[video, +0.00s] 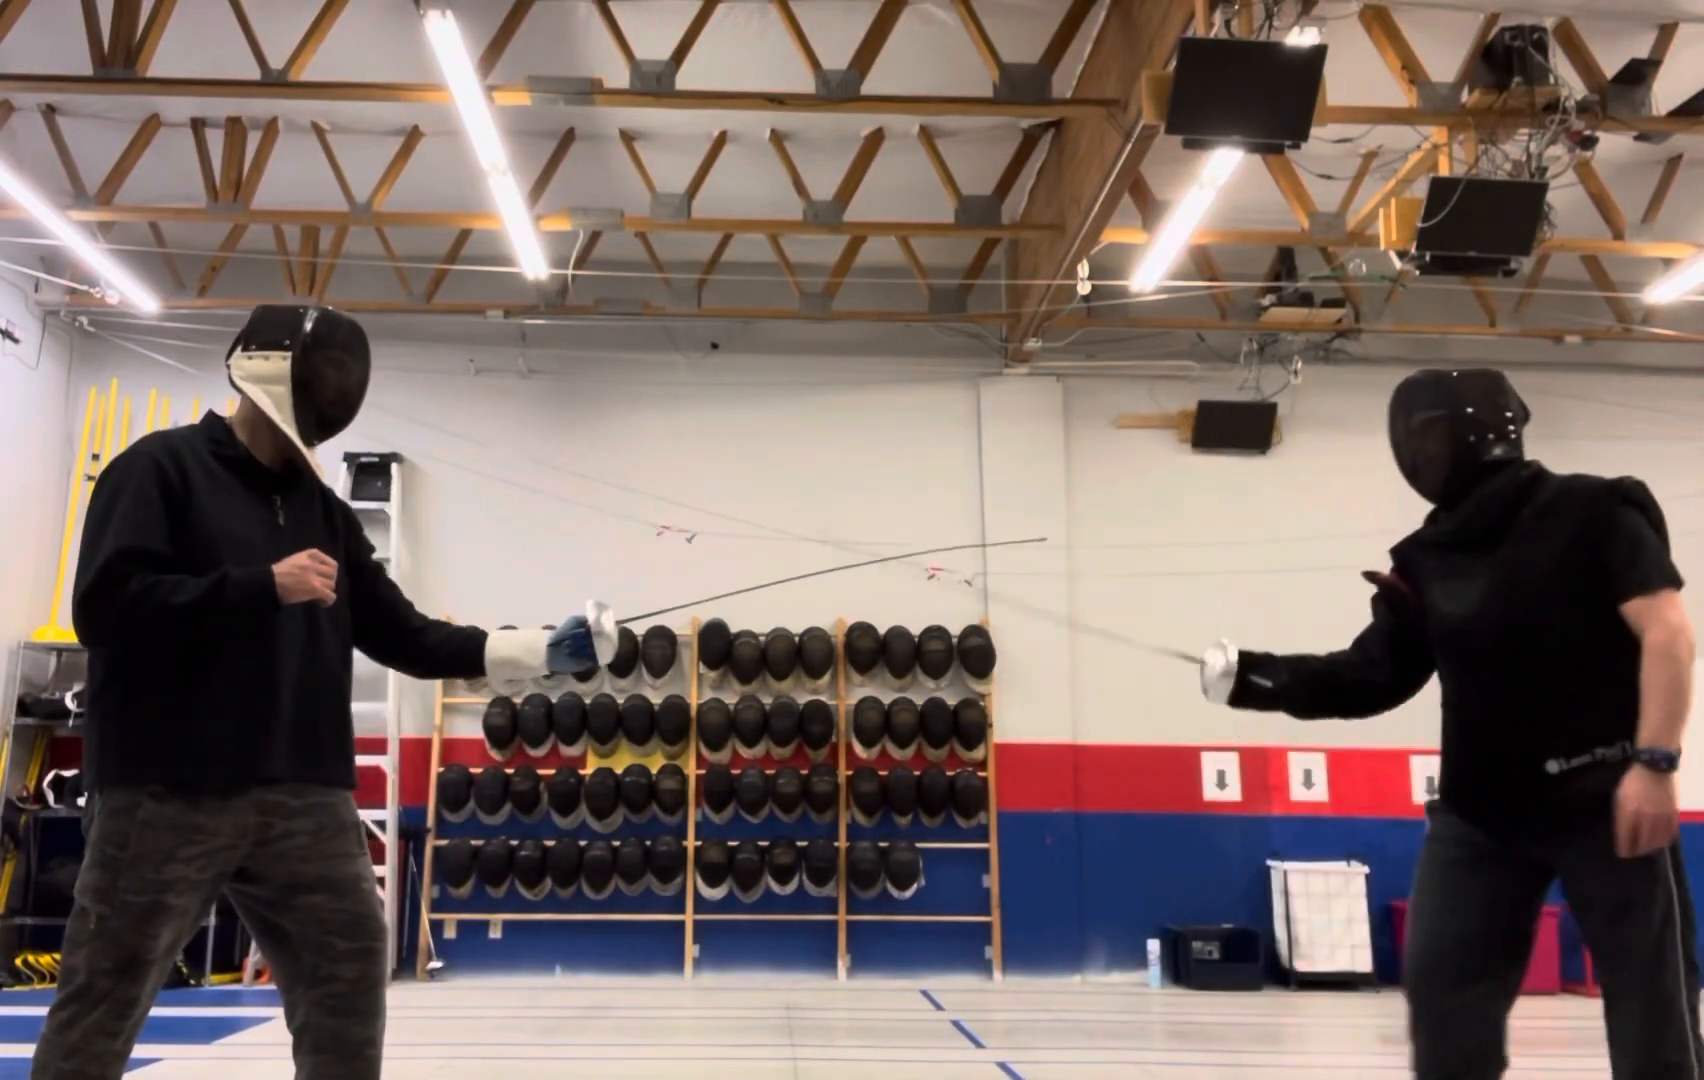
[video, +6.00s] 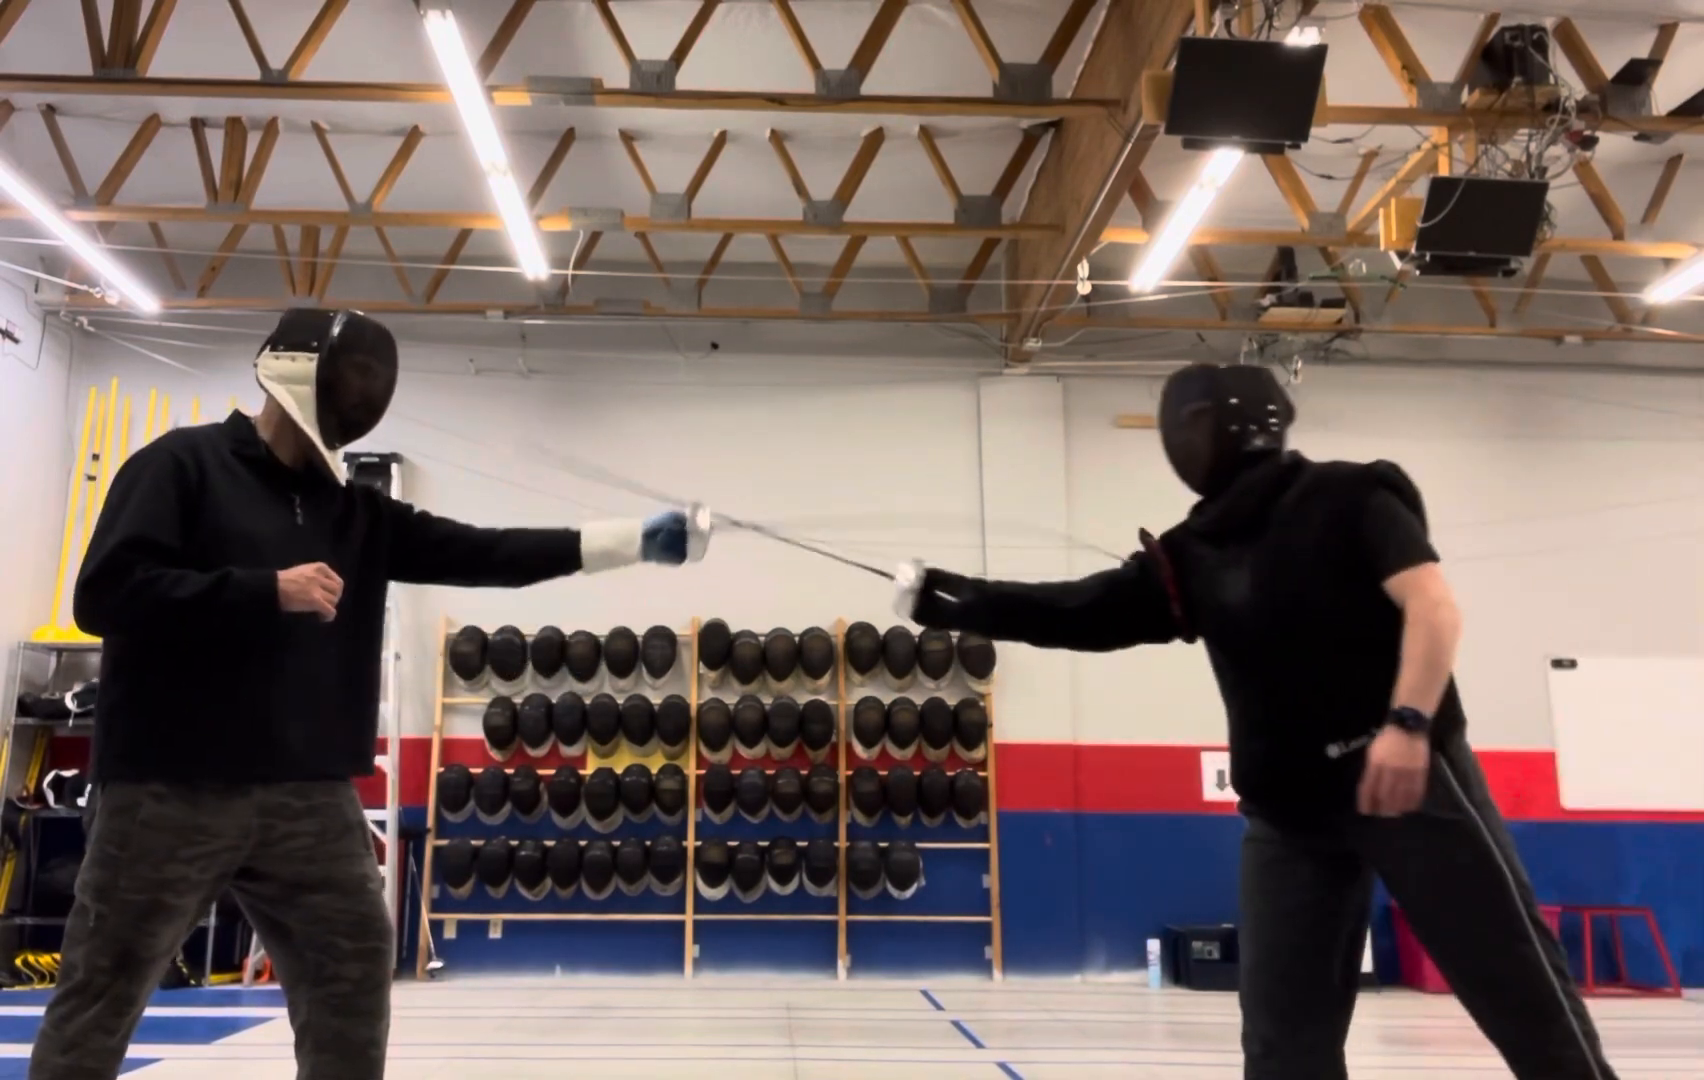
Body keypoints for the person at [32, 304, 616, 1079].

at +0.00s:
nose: (313, 407)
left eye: (326, 392)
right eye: (302, 383)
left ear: (331, 398)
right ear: (255, 369)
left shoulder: (323, 512)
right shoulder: (152, 470)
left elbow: (398, 633)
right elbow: (105, 606)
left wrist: (528, 652)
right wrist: (263, 583)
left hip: (300, 796)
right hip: (163, 793)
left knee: (347, 970)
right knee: (102, 1001)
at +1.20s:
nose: (340, 428)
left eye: (351, 411)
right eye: (329, 404)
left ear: (352, 408)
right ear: (281, 382)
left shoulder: (346, 517)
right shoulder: (170, 468)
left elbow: (460, 590)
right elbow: (107, 595)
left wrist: (608, 587)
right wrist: (265, 591)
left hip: (307, 801)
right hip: (166, 793)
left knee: (350, 984)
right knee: (99, 1000)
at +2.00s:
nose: (332, 402)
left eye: (342, 388)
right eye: (318, 380)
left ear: (339, 395)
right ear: (266, 372)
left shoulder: (328, 507)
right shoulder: (158, 471)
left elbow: (401, 630)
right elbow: (101, 607)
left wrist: (526, 651)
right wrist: (256, 589)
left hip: (306, 797)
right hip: (165, 792)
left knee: (351, 969)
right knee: (102, 998)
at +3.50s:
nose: (320, 437)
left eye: (335, 420)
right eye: (310, 414)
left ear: (345, 409)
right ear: (269, 384)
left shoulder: (336, 513)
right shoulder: (165, 469)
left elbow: (449, 604)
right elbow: (100, 598)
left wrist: (589, 597)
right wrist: (259, 591)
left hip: (306, 801)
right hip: (166, 793)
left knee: (349, 995)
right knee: (96, 1008)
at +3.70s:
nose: (341, 430)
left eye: (354, 416)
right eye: (331, 406)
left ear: (360, 413)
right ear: (282, 380)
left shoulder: (357, 509)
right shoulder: (174, 468)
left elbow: (489, 531)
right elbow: (108, 594)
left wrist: (639, 505)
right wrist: (269, 590)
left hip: (306, 795)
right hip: (163, 792)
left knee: (350, 989)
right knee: (95, 1004)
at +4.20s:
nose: (322, 435)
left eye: (338, 418)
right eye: (313, 411)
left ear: (346, 407)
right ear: (262, 381)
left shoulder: (337, 506)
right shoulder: (157, 476)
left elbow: (442, 580)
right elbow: (100, 609)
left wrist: (582, 600)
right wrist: (257, 592)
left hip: (305, 797)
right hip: (167, 795)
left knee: (351, 991)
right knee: (98, 1007)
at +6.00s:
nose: (349, 425)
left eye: (360, 410)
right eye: (337, 401)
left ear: (362, 408)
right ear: (285, 378)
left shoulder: (355, 514)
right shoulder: (176, 467)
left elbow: (483, 553)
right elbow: (104, 591)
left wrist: (634, 541)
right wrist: (266, 588)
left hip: (305, 797)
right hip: (163, 793)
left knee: (352, 981)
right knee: (98, 1001)